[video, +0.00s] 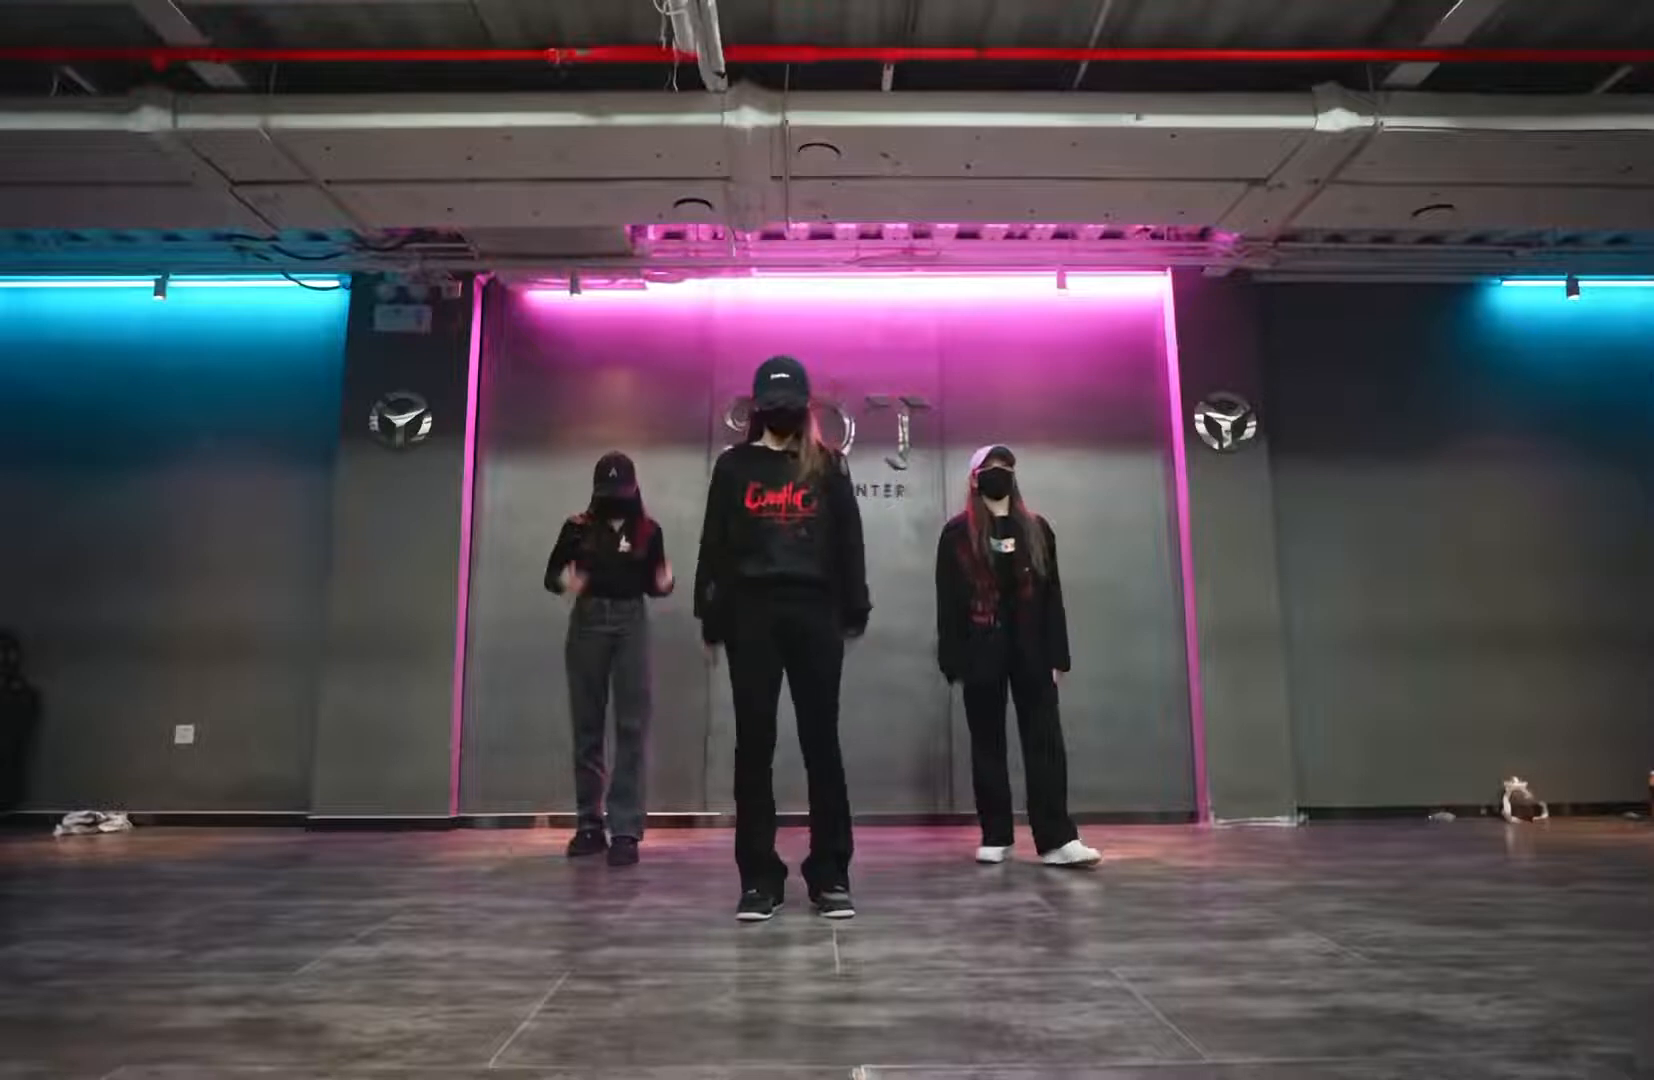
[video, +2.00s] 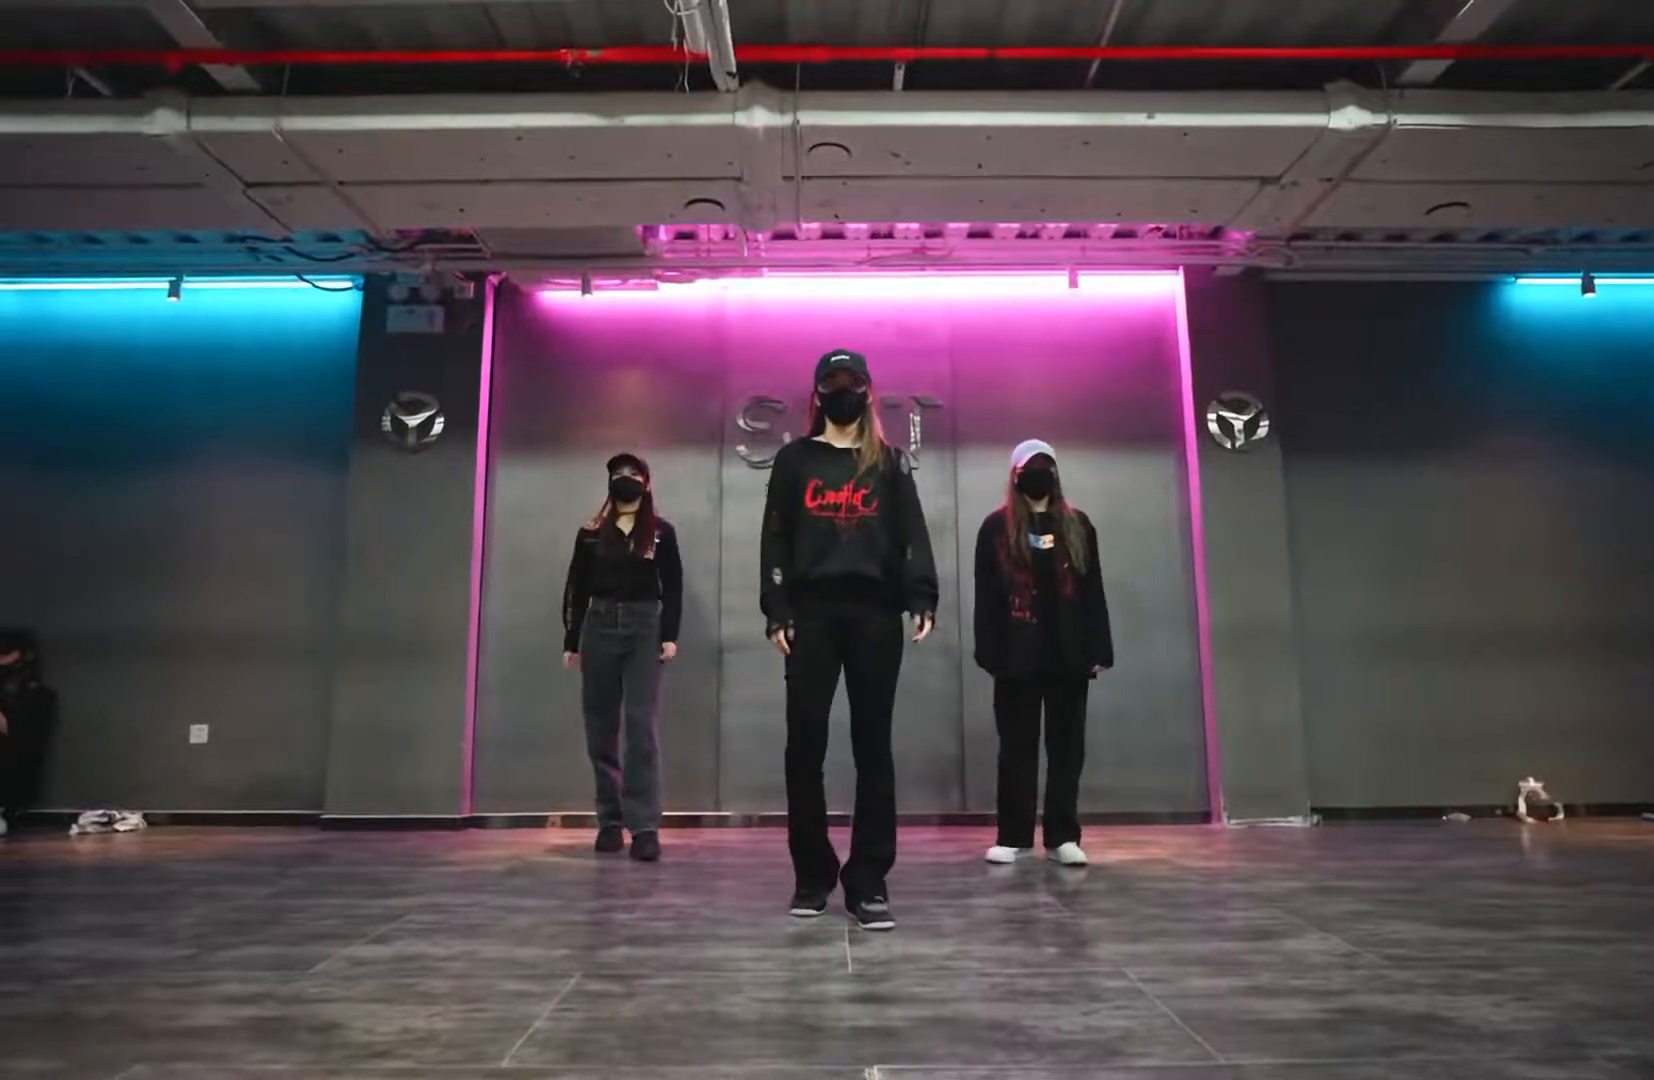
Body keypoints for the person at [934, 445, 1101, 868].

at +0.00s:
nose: (998, 477)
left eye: (1005, 470)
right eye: (989, 471)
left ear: (1015, 476)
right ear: (975, 479)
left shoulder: (1037, 528)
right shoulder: (957, 533)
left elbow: (1052, 596)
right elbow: (948, 601)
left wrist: (1059, 654)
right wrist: (951, 660)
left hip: (1031, 652)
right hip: (981, 656)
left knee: (1045, 743)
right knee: (988, 747)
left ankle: (1057, 840)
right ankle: (995, 839)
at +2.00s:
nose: (1041, 476)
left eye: (1047, 468)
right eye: (1032, 469)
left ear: (1056, 473)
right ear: (1017, 475)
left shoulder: (1077, 524)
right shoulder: (996, 526)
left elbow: (1093, 592)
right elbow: (986, 594)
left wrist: (1100, 649)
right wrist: (988, 651)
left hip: (1069, 656)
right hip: (1015, 657)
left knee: (1067, 749)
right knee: (1016, 749)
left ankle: (1064, 838)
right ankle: (1012, 840)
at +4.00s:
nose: (1024, 509)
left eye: (1030, 501)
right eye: (1014, 502)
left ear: (1039, 505)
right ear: (997, 507)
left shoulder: (1059, 556)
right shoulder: (974, 562)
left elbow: (1079, 613)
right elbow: (940, 614)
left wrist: (1054, 612)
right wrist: (885, 619)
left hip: (1046, 670)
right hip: (990, 674)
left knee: (1090, 755)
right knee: (968, 757)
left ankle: (1091, 835)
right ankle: (931, 857)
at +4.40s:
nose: (1058, 485)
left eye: (1057, 477)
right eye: (1050, 478)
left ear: (1026, 484)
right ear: (1025, 482)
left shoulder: (1040, 526)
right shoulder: (1023, 525)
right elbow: (1088, 534)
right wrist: (1159, 510)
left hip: (1047, 659)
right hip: (1031, 659)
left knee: (1089, 744)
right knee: (1089, 742)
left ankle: (1075, 853)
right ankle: (1014, 822)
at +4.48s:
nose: (1054, 468)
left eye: (1052, 463)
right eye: (1042, 465)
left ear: (1038, 478)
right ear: (1022, 478)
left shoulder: (1047, 513)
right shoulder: (1030, 514)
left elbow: (1089, 478)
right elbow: (1082, 484)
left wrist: (1105, 419)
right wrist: (1103, 423)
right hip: (1036, 649)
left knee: (1093, 741)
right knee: (1121, 730)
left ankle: (1069, 848)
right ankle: (1113, 837)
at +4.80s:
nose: (1054, 478)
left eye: (1053, 471)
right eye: (1045, 472)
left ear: (1025, 480)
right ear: (1025, 479)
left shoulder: (1041, 515)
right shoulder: (1029, 516)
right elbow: (1081, 556)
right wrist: (1123, 508)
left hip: (1053, 653)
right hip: (1035, 657)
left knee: (1095, 746)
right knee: (1093, 746)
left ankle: (1076, 854)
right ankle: (994, 799)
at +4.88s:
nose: (1049, 479)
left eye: (1050, 471)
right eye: (1038, 473)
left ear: (1049, 473)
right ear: (1017, 479)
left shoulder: (1050, 521)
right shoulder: (1017, 522)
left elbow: (1062, 589)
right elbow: (1021, 582)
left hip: (1058, 659)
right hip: (1033, 660)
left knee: (1100, 750)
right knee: (1029, 762)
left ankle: (1076, 854)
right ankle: (947, 819)